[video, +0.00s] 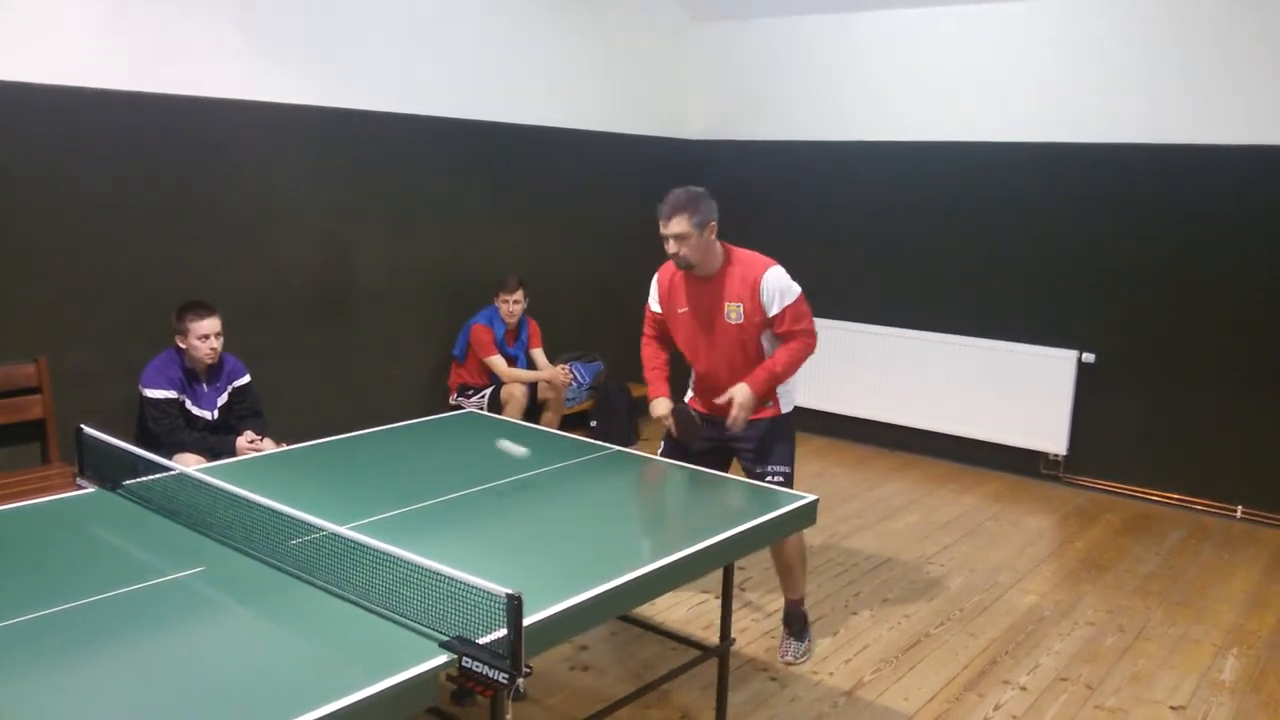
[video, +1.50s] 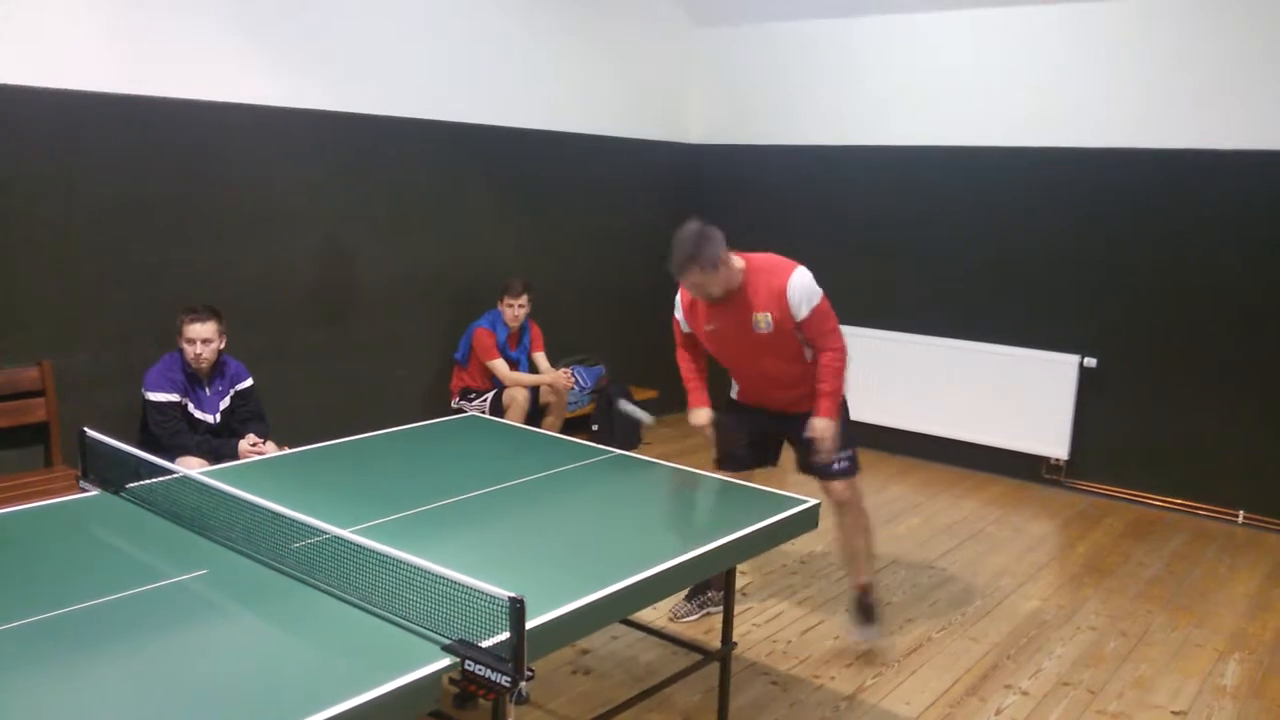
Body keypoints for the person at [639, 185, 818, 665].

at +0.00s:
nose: (672, 250)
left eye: (681, 239)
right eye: (666, 240)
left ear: (711, 231)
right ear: (663, 237)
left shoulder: (763, 276)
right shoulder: (665, 281)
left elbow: (802, 338)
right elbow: (654, 339)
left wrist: (754, 387)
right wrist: (659, 394)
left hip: (763, 416)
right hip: (699, 413)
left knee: (778, 514)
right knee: (668, 498)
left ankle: (795, 618)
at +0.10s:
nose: (670, 247)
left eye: (678, 236)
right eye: (665, 237)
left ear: (710, 228)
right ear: (663, 233)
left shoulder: (761, 272)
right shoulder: (662, 277)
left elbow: (803, 329)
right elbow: (631, 327)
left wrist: (761, 380)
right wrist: (629, 379)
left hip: (756, 411)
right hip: (692, 407)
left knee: (774, 510)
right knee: (660, 499)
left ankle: (794, 615)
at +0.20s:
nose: (668, 240)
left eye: (677, 229)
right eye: (662, 230)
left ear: (706, 222)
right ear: (658, 229)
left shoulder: (756, 268)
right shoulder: (653, 269)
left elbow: (795, 325)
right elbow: (603, 308)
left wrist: (755, 373)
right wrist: (586, 346)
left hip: (745, 412)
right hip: (681, 406)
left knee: (770, 508)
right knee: (644, 495)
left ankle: (792, 616)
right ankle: (619, 585)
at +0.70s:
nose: (665, 215)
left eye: (676, 207)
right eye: (663, 206)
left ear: (709, 210)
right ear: (664, 210)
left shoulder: (755, 263)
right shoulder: (657, 267)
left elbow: (781, 334)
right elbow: (648, 334)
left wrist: (731, 371)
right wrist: (646, 378)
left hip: (742, 417)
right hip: (677, 415)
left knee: (768, 512)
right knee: (653, 504)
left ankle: (790, 615)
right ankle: (626, 589)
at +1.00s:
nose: (696, 209)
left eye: (707, 201)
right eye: (694, 200)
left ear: (740, 206)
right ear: (696, 206)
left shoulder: (782, 265)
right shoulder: (697, 261)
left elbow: (796, 344)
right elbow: (699, 329)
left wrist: (728, 377)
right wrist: (699, 365)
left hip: (781, 424)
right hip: (724, 416)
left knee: (787, 523)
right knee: (699, 503)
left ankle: (793, 616)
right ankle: (686, 578)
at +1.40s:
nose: (690, 259)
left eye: (697, 248)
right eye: (686, 250)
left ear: (727, 236)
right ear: (687, 244)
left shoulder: (788, 274)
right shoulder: (695, 287)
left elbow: (826, 347)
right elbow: (697, 352)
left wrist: (794, 414)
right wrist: (712, 404)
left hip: (807, 407)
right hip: (745, 408)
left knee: (818, 508)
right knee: (717, 496)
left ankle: (825, 619)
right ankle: (715, 582)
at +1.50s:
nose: (696, 294)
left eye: (700, 284)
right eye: (689, 286)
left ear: (723, 263)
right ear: (682, 275)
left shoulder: (788, 281)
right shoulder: (689, 300)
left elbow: (831, 345)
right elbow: (687, 348)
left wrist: (826, 413)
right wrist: (698, 402)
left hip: (810, 402)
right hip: (748, 402)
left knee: (844, 493)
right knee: (724, 490)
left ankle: (863, 593)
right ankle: (714, 584)